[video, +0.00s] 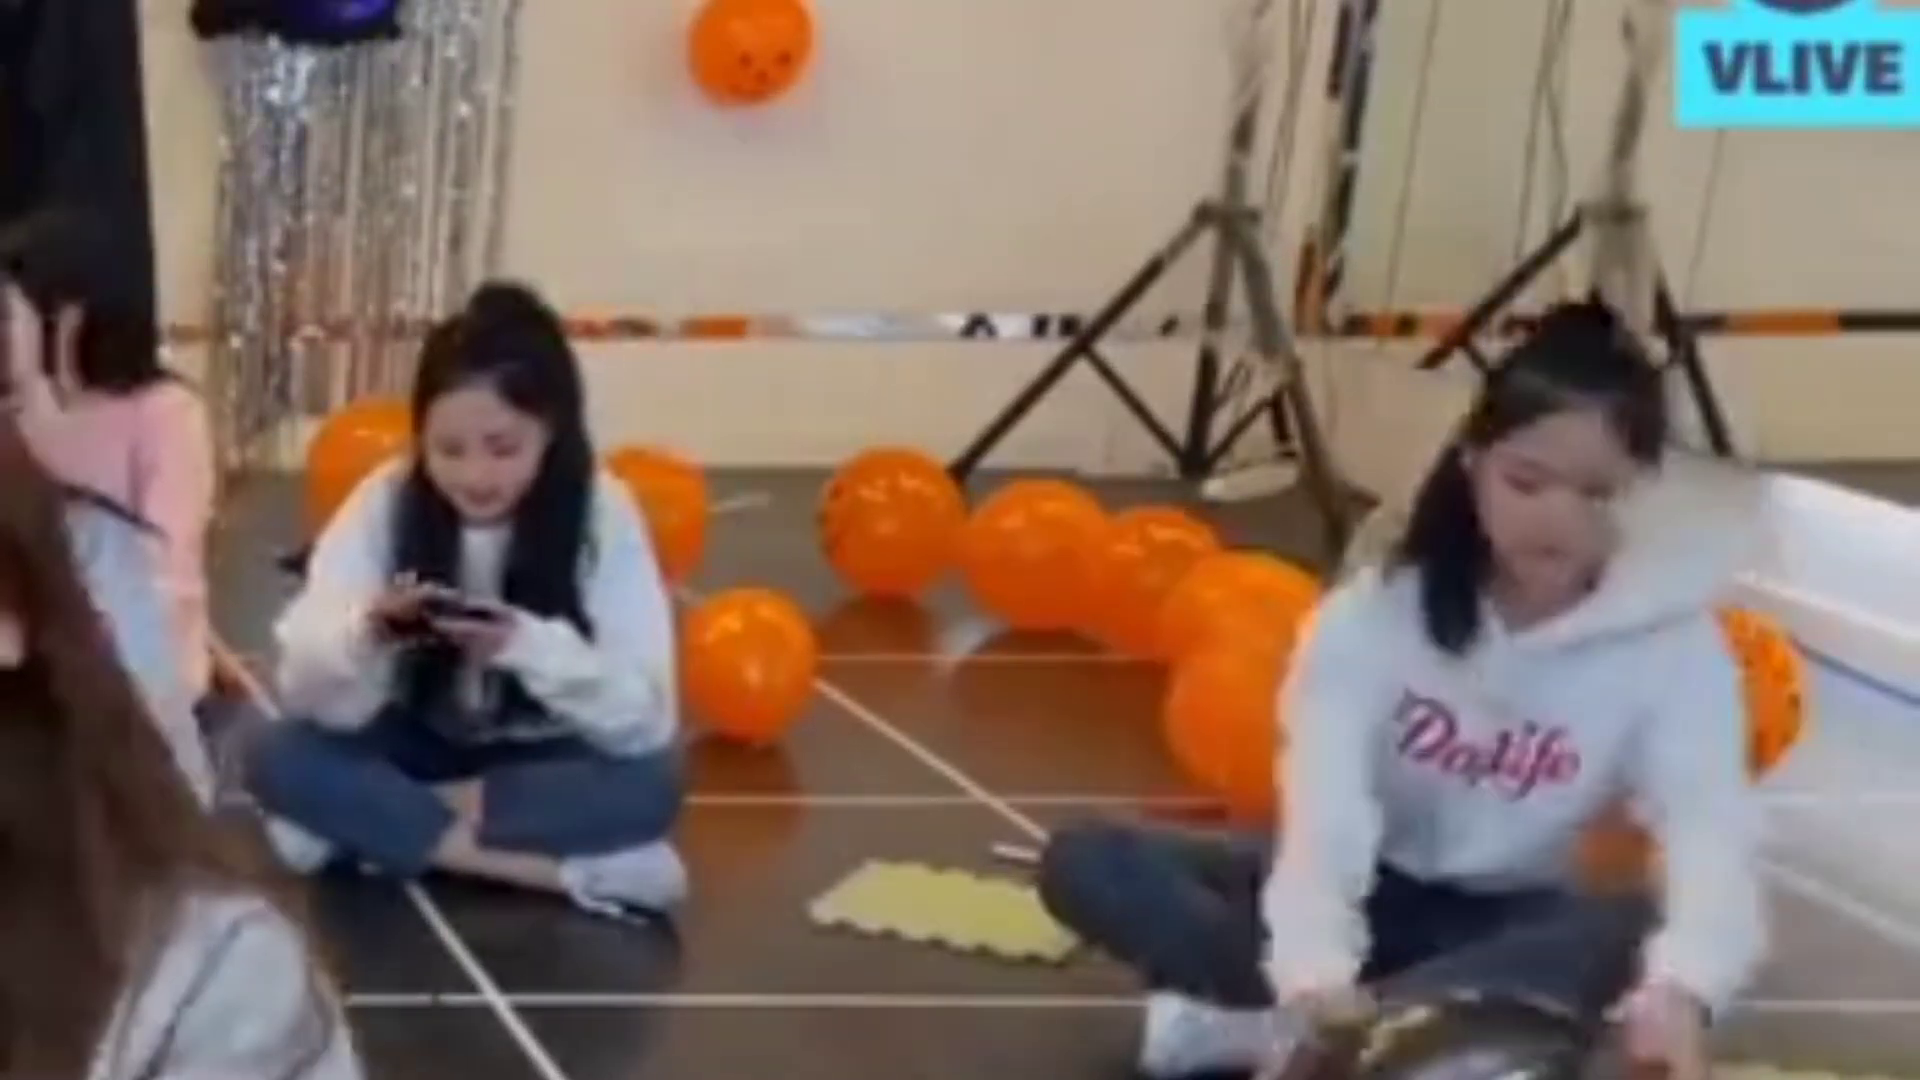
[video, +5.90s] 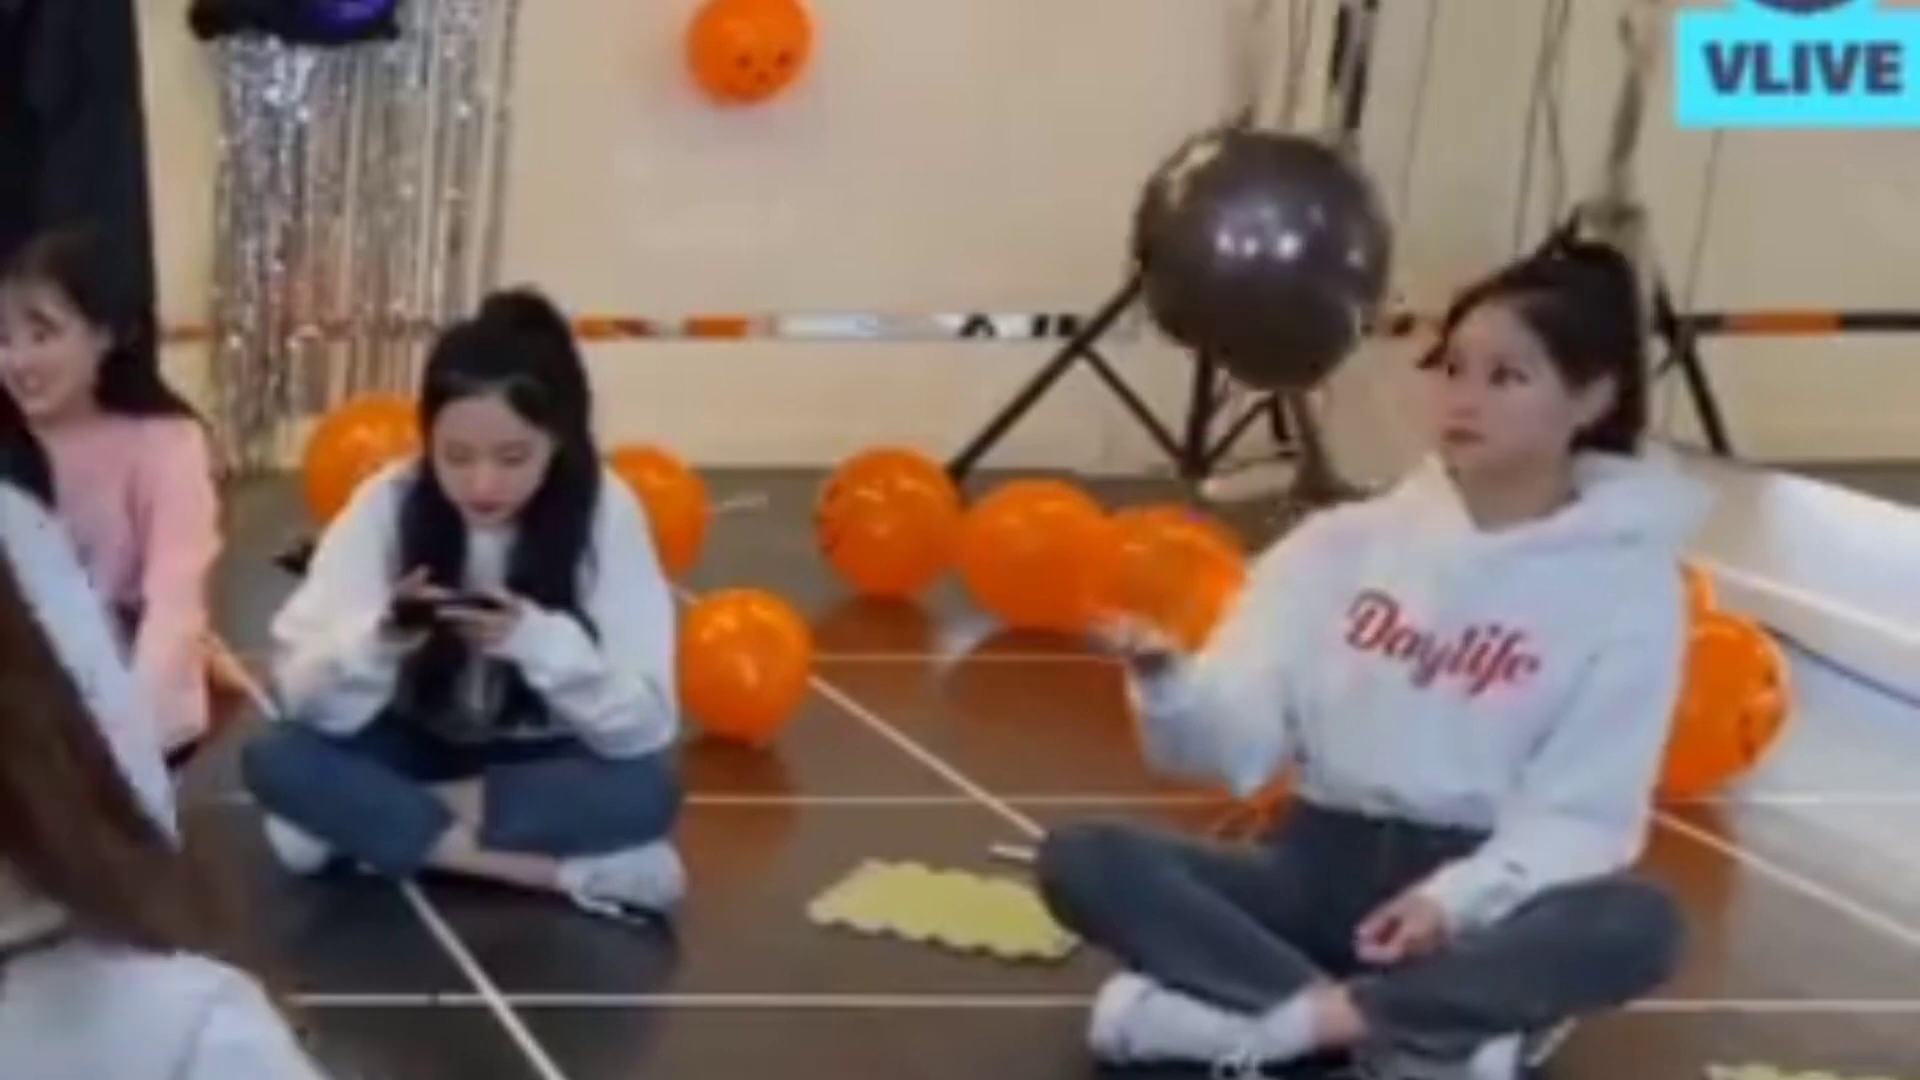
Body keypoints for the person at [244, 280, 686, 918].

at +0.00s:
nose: (476, 478)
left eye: (503, 450)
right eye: (450, 451)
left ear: (553, 437)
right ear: (419, 439)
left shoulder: (601, 515)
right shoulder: (384, 503)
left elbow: (644, 718)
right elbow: (307, 696)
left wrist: (523, 646)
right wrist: (373, 635)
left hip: (545, 745)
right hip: (411, 737)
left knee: (650, 787)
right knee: (277, 756)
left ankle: (365, 837)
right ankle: (552, 877)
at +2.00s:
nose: (479, 482)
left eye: (510, 455)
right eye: (454, 454)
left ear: (558, 441)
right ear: (424, 437)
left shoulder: (603, 515)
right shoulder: (388, 501)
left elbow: (645, 724)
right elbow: (308, 700)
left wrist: (533, 645)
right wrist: (383, 634)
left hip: (545, 745)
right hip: (410, 736)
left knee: (647, 792)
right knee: (276, 759)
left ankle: (366, 838)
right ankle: (548, 877)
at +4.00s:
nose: (483, 485)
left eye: (513, 457)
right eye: (457, 456)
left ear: (558, 442)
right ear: (427, 440)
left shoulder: (605, 515)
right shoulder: (390, 502)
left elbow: (646, 725)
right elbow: (304, 699)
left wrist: (535, 646)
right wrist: (382, 641)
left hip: (543, 744)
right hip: (407, 736)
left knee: (647, 793)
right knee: (296, 768)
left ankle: (375, 835)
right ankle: (550, 877)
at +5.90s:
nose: (483, 486)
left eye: (512, 459)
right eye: (458, 458)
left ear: (560, 445)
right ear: (427, 441)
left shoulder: (605, 513)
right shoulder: (388, 505)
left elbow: (644, 725)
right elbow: (304, 699)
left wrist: (531, 639)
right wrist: (388, 637)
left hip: (541, 742)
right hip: (408, 738)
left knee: (645, 791)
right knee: (274, 759)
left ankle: (366, 839)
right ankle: (550, 878)